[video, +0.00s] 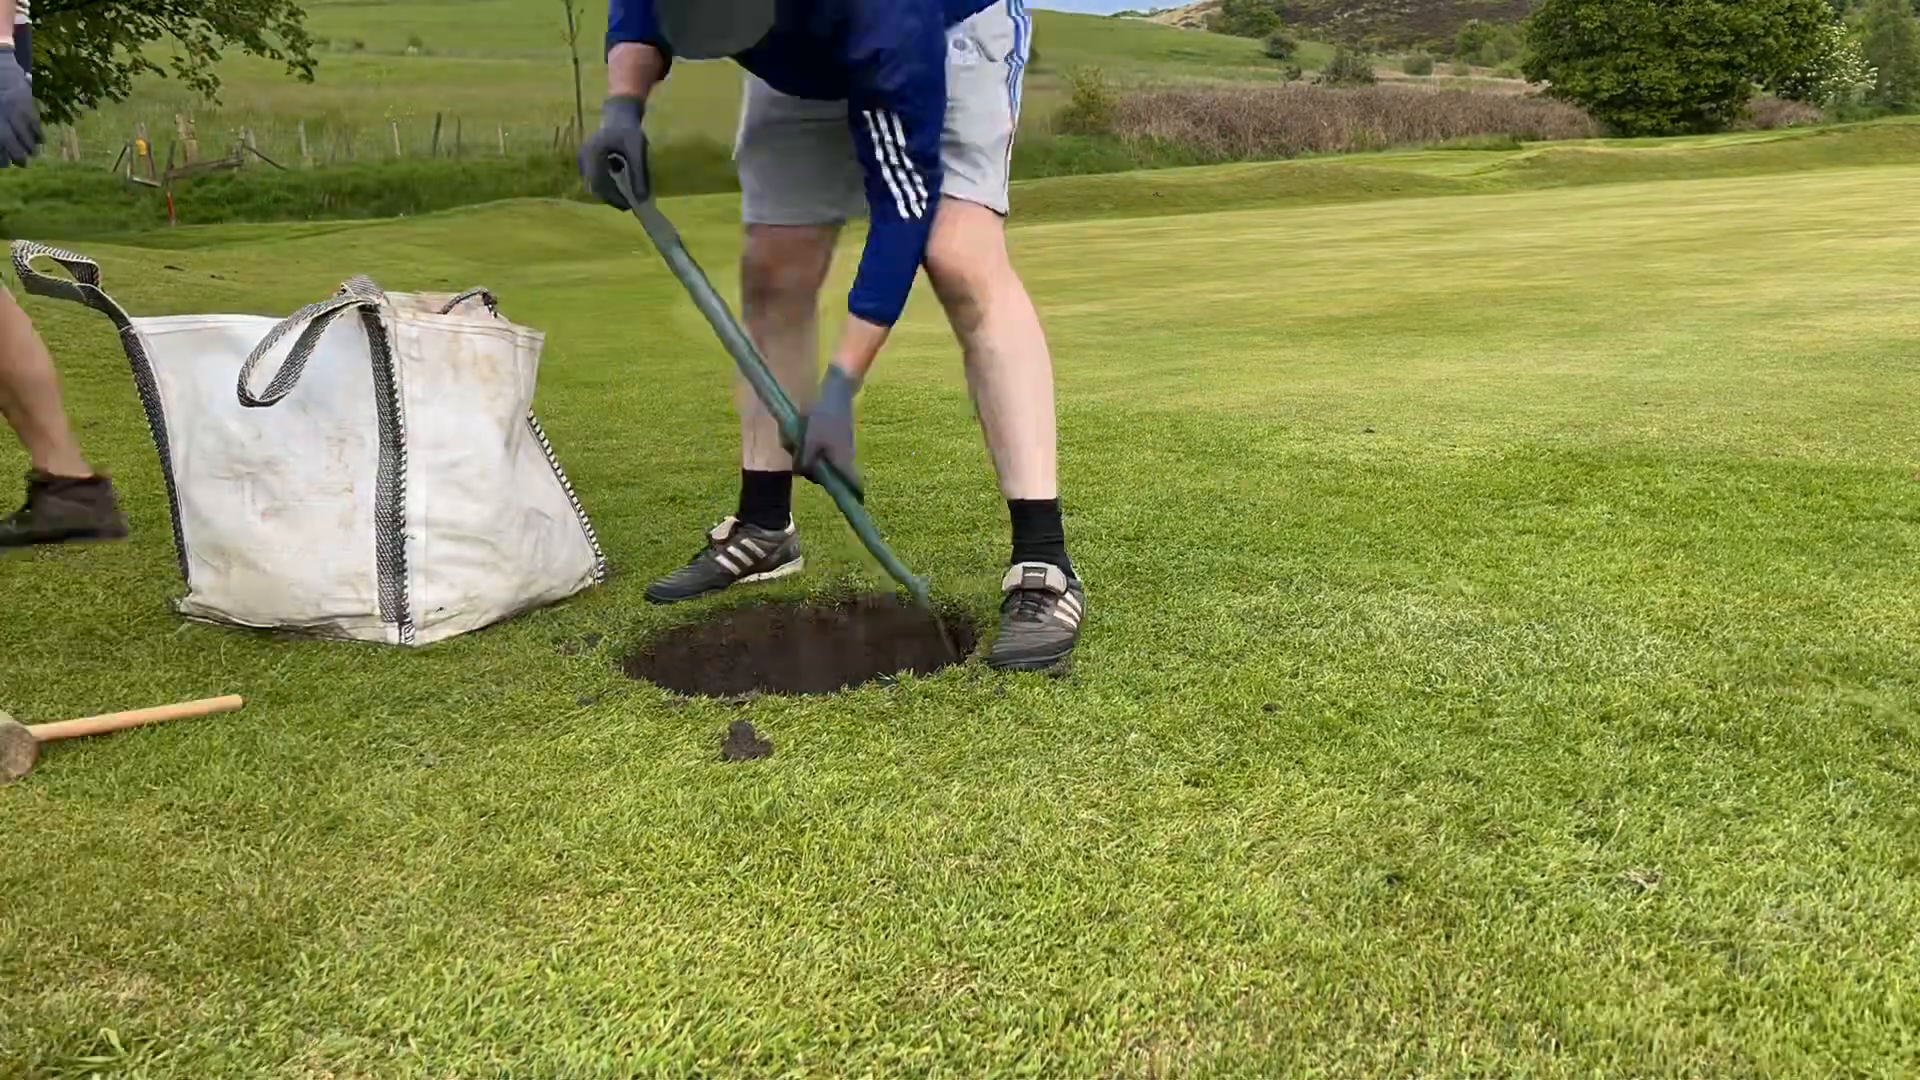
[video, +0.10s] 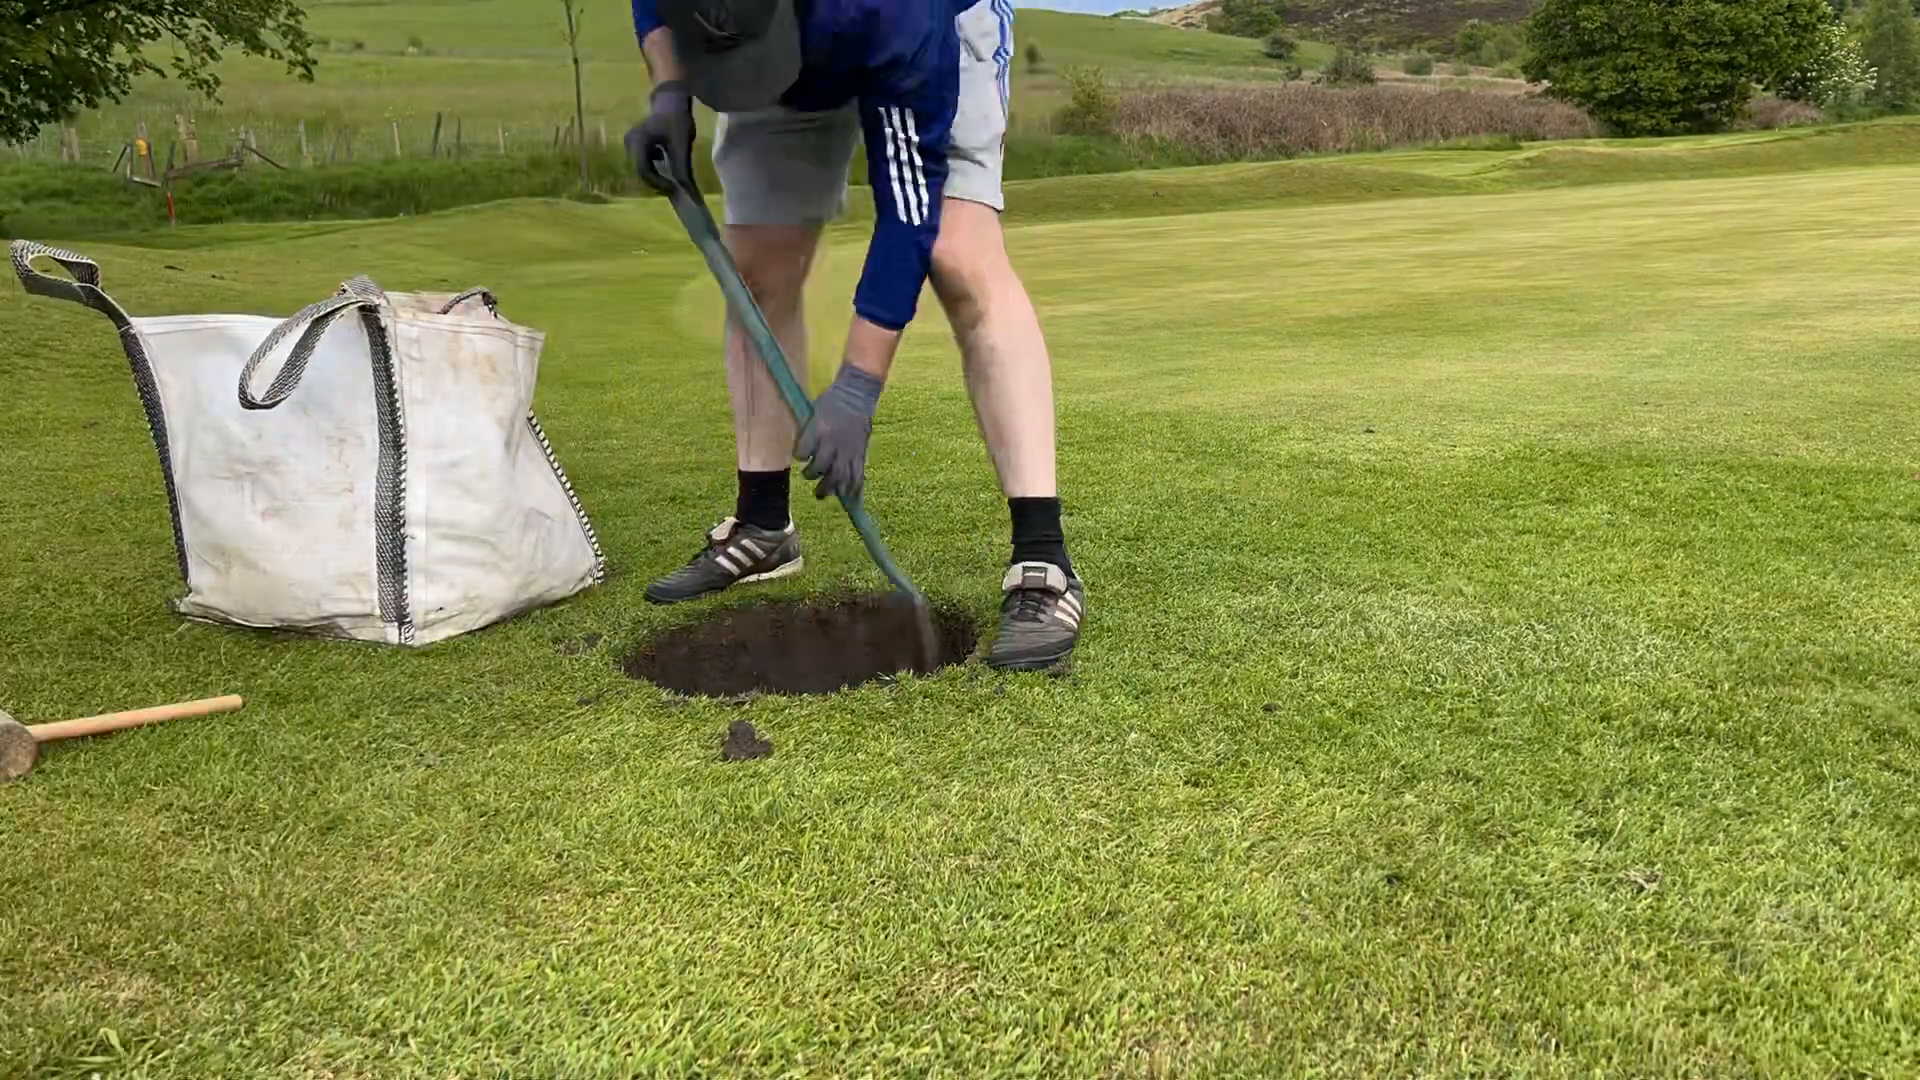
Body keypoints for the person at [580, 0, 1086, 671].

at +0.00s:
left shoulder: (889, 24)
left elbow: (906, 201)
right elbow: (636, 6)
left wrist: (842, 383)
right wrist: (623, 105)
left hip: (950, 19)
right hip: (792, 31)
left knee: (959, 258)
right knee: (772, 268)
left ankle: (1041, 566)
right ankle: (763, 528)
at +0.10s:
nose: (731, 84)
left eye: (746, 69)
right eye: (716, 70)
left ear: (786, 12)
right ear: (676, 20)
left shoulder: (898, 21)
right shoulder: (680, 3)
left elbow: (907, 210)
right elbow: (648, 3)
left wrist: (855, 388)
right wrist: (669, 87)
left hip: (929, 21)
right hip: (776, 41)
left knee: (959, 258)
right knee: (756, 269)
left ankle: (1040, 561)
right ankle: (762, 528)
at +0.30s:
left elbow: (900, 125)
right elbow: (729, 1)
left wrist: (792, 275)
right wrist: (689, 110)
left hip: (1032, 5)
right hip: (918, 19)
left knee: (1022, 243)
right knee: (914, 253)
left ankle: (1062, 558)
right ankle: (973, 509)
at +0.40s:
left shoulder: (781, 3)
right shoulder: (740, 10)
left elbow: (882, 119)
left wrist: (858, 271)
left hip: (1033, 3)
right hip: (951, 18)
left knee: (1008, 248)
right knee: (926, 246)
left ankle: (1051, 592)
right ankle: (981, 510)